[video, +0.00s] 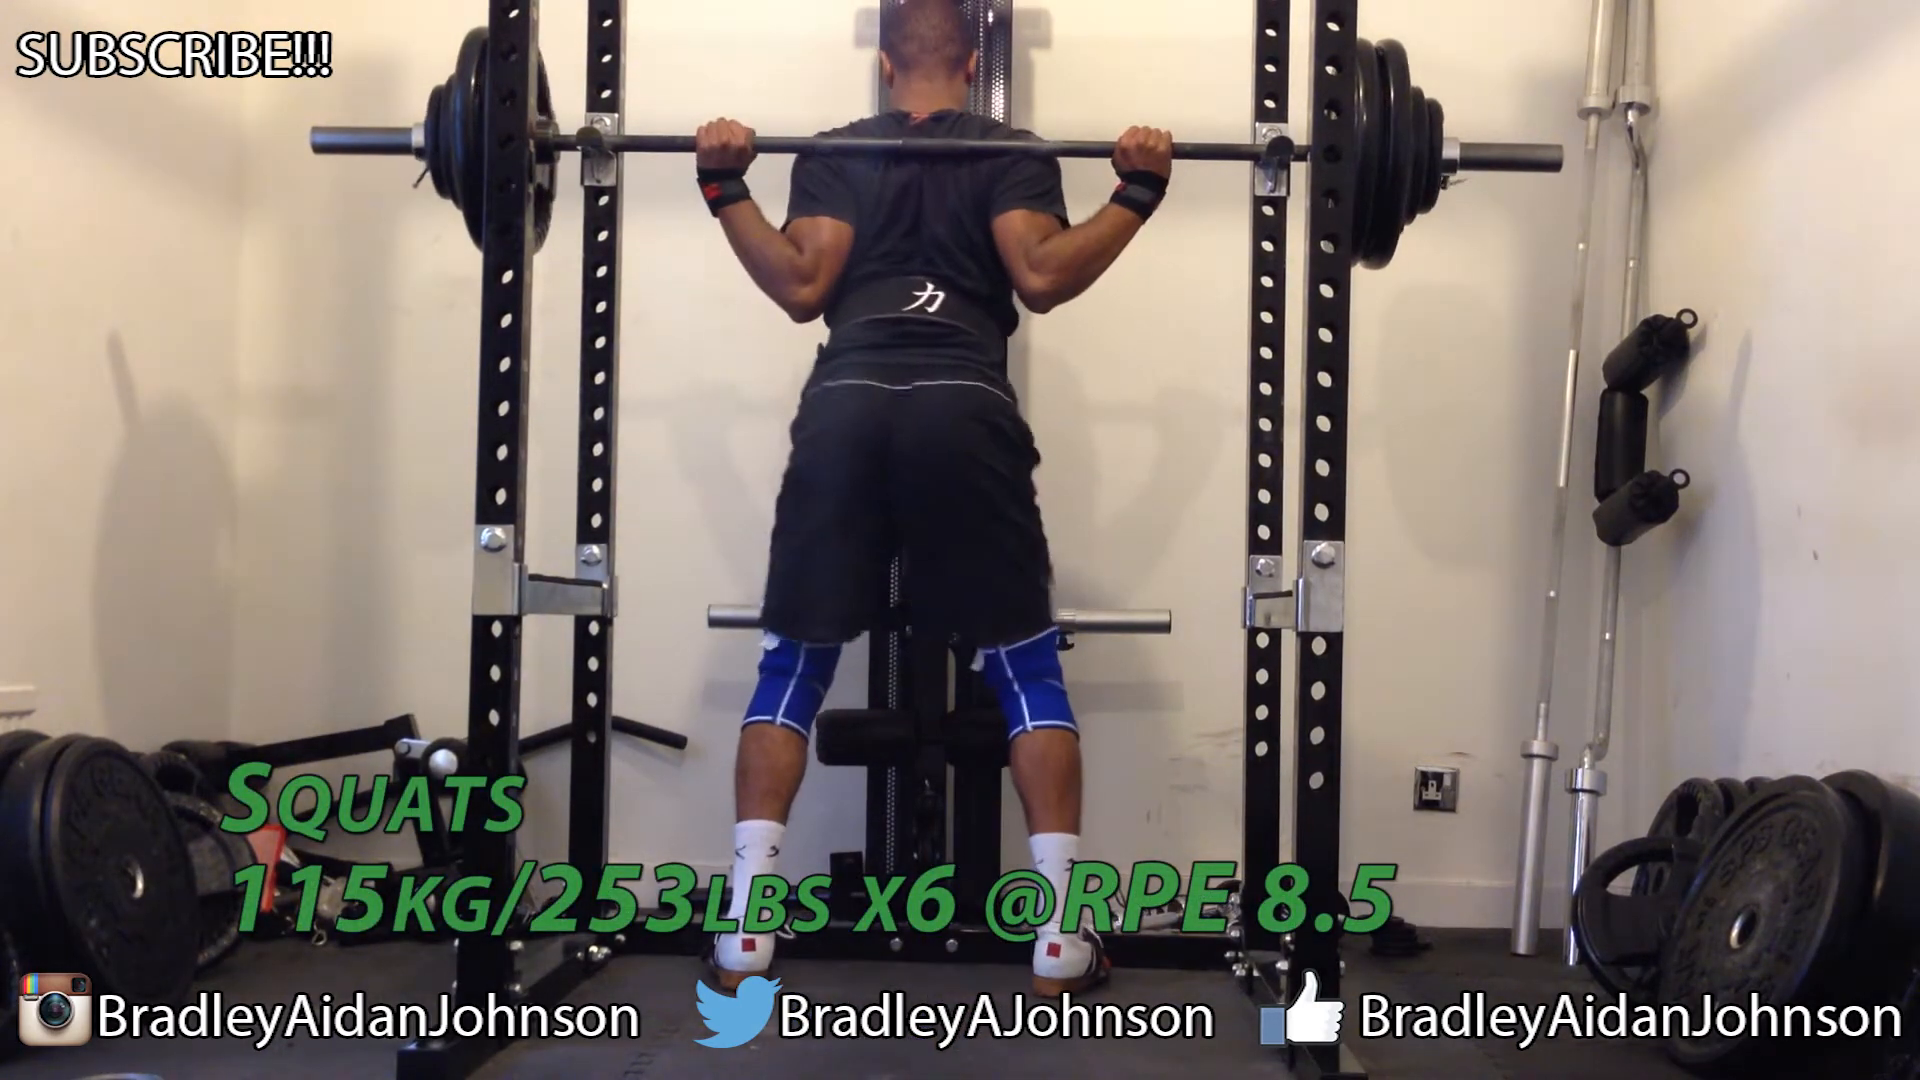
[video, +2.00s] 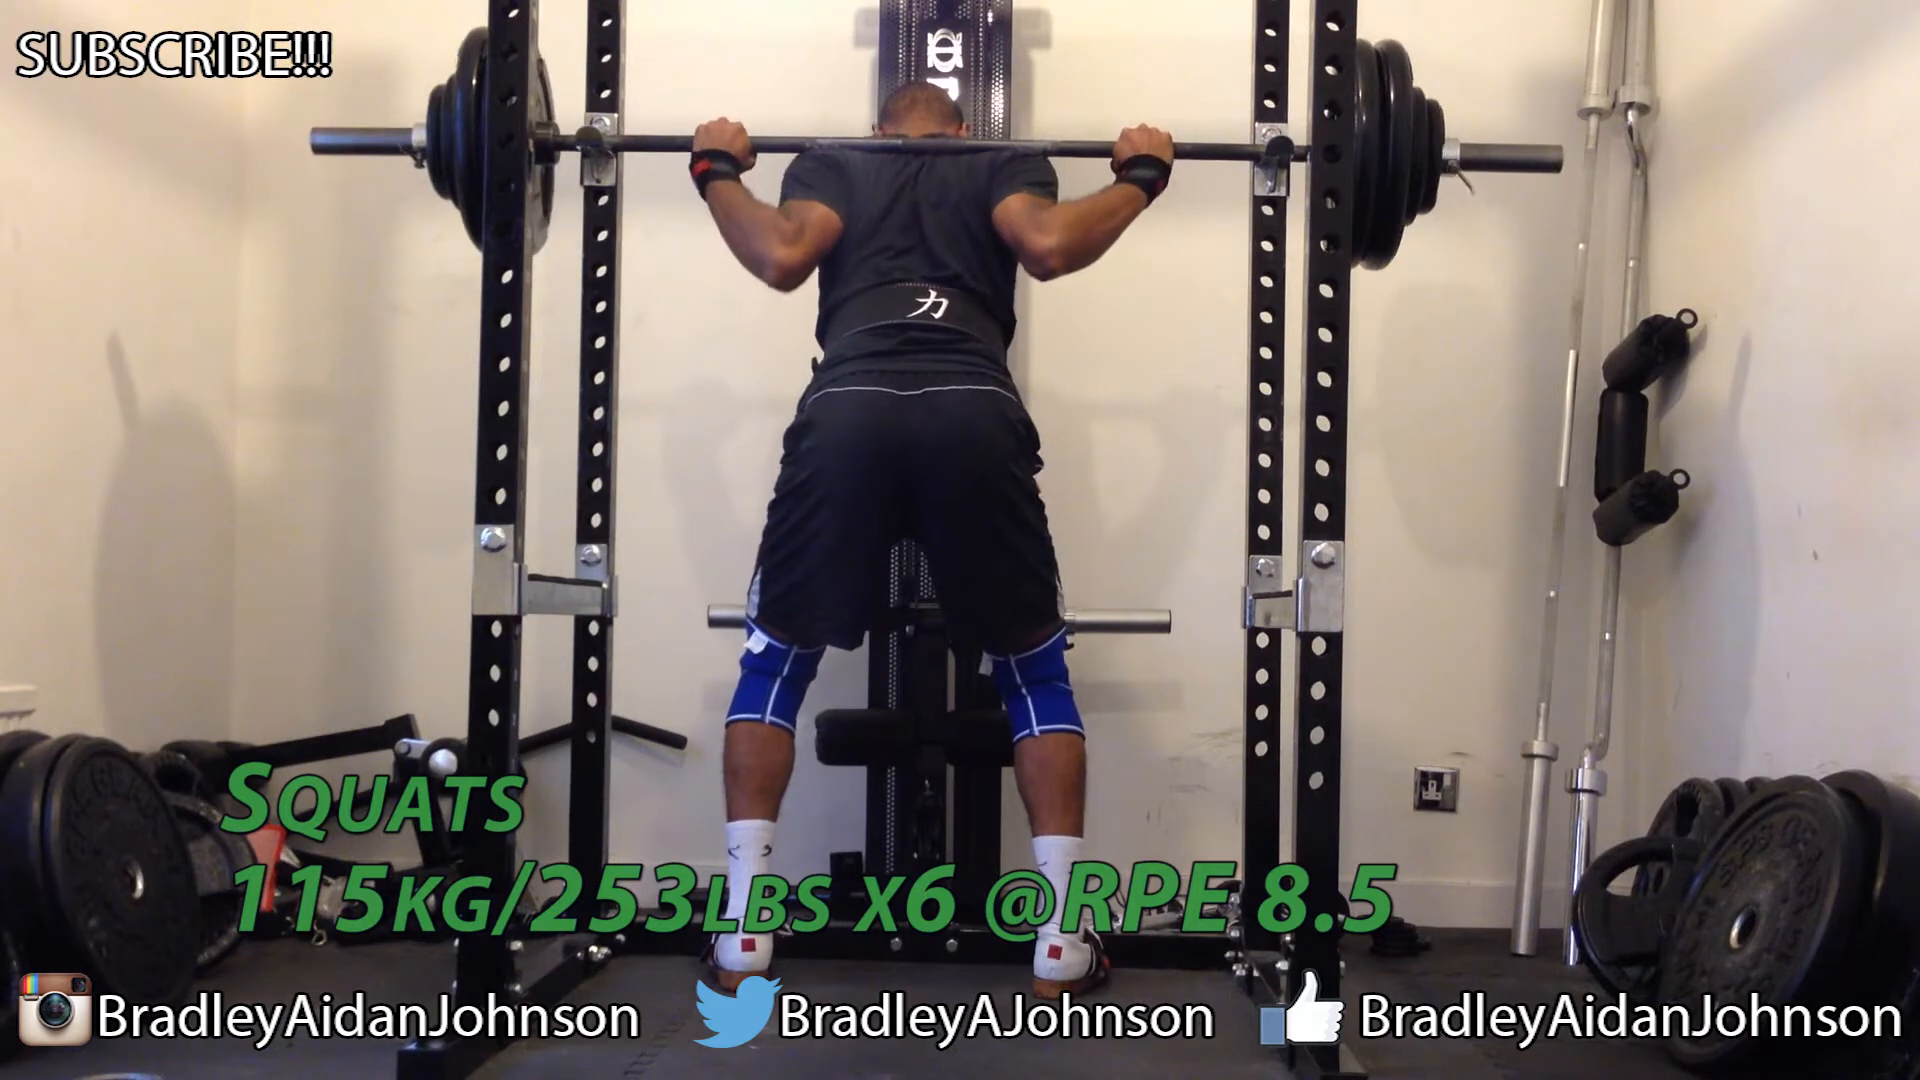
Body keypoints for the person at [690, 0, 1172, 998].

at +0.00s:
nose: (907, 39)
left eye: (894, 30)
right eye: (959, 33)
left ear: (881, 56)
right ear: (973, 52)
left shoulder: (833, 151)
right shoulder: (1009, 151)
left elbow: (801, 286)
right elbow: (1041, 278)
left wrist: (726, 188)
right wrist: (1136, 192)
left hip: (840, 408)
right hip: (962, 408)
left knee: (791, 667)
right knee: (1029, 672)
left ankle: (749, 914)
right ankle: (1058, 922)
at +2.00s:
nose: (939, 127)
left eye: (917, 119)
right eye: (951, 118)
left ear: (878, 126)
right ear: (965, 126)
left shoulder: (835, 161)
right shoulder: (999, 162)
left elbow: (781, 259)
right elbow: (1048, 248)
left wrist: (720, 174)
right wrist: (1137, 183)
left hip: (847, 412)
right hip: (973, 409)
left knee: (776, 658)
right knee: (1032, 668)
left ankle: (744, 916)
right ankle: (1062, 926)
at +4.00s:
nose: (907, 88)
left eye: (892, 76)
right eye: (956, 76)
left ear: (880, 90)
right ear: (970, 90)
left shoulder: (839, 147)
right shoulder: (998, 143)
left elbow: (777, 188)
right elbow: (1055, 180)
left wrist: (728, 137)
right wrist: (1135, 139)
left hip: (855, 414)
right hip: (985, 414)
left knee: (786, 666)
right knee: (1038, 674)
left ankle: (746, 918)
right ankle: (1061, 929)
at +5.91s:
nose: (955, 26)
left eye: (933, 21)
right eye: (958, 20)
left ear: (857, 20)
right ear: (952, 21)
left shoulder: (800, 73)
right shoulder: (977, 72)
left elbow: (726, 137)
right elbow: (1021, 128)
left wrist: (678, 77)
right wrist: (1112, 82)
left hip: (825, 370)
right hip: (957, 365)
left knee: (783, 653)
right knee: (1003, 653)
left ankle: (740, 946)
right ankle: (1034, 943)